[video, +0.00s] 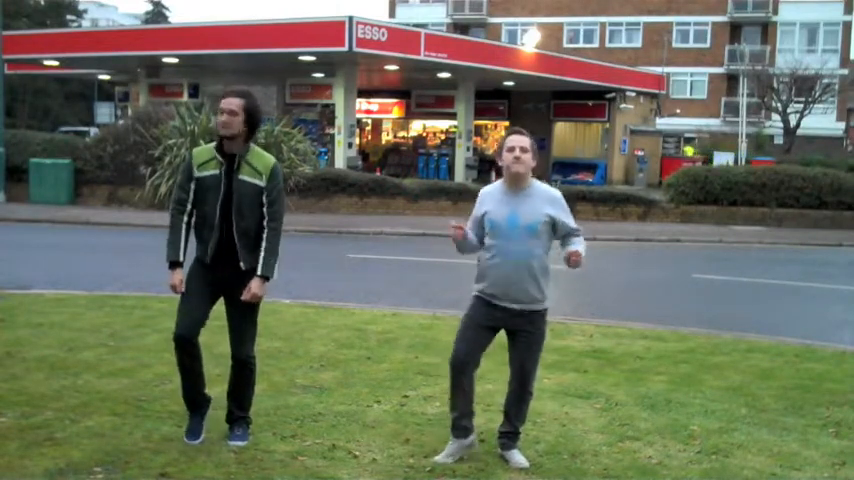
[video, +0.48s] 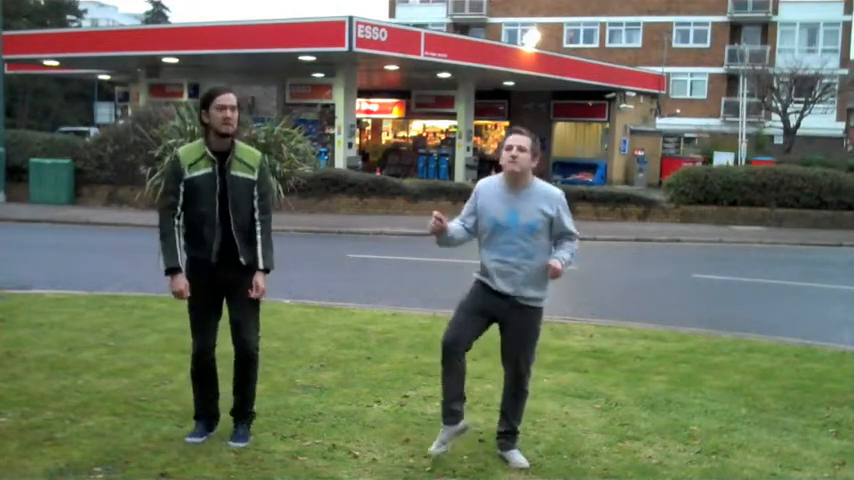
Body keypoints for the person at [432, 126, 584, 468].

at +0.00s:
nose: (517, 154)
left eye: (523, 150)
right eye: (511, 150)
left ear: (534, 159)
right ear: (500, 159)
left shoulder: (551, 198)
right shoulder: (487, 196)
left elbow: (572, 236)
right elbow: (474, 243)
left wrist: (575, 251)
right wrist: (462, 239)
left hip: (530, 308)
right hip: (487, 302)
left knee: (523, 380)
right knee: (460, 361)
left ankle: (509, 443)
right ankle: (462, 436)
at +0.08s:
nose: (513, 160)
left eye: (521, 156)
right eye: (508, 156)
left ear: (533, 165)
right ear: (499, 165)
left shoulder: (550, 204)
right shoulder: (486, 200)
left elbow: (572, 241)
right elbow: (474, 246)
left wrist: (576, 256)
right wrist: (464, 245)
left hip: (533, 310)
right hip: (490, 304)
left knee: (524, 378)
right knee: (456, 359)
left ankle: (509, 444)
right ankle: (460, 434)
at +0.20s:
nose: (512, 170)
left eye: (520, 167)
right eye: (508, 165)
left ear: (533, 178)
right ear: (499, 173)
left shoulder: (547, 218)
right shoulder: (482, 209)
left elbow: (566, 255)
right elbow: (470, 249)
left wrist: (576, 270)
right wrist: (462, 269)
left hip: (535, 316)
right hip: (493, 313)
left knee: (526, 381)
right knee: (461, 369)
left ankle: (509, 444)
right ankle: (469, 443)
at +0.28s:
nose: (511, 168)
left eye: (520, 164)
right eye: (507, 163)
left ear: (533, 176)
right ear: (499, 171)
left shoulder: (548, 214)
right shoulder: (482, 205)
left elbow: (564, 252)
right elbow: (469, 245)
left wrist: (571, 266)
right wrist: (459, 255)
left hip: (534, 314)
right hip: (491, 311)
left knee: (526, 381)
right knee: (456, 366)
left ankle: (509, 444)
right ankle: (466, 441)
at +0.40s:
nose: (513, 157)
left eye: (521, 154)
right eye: (508, 152)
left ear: (534, 163)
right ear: (500, 159)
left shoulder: (551, 201)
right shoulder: (484, 192)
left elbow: (567, 242)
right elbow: (467, 235)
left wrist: (562, 260)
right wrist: (450, 236)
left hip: (528, 304)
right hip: (487, 293)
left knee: (520, 376)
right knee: (451, 345)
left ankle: (508, 444)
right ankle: (455, 421)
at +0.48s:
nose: (513, 153)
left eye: (521, 150)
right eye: (509, 148)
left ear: (534, 159)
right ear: (500, 155)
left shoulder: (552, 197)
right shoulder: (484, 189)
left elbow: (568, 239)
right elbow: (465, 228)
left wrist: (560, 259)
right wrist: (444, 232)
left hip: (527, 300)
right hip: (487, 289)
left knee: (518, 373)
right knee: (452, 343)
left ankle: (507, 444)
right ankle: (452, 422)